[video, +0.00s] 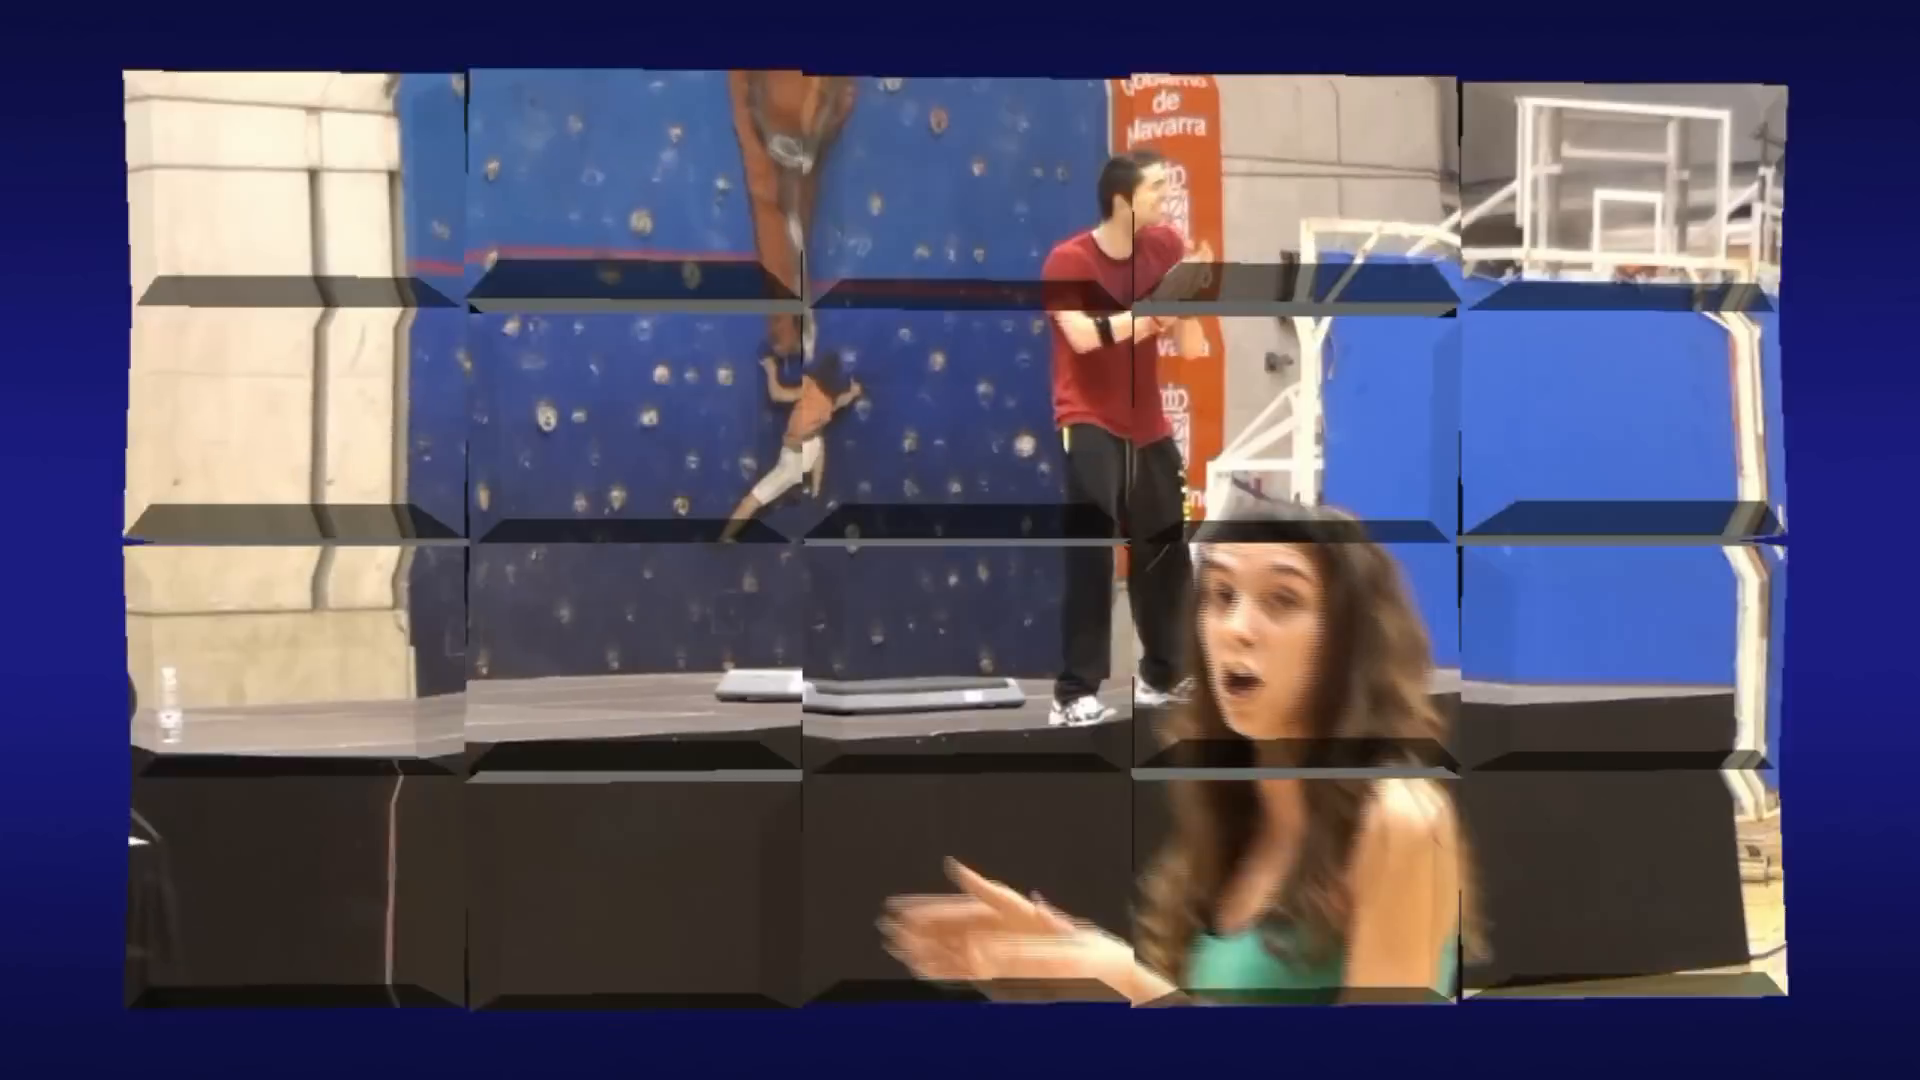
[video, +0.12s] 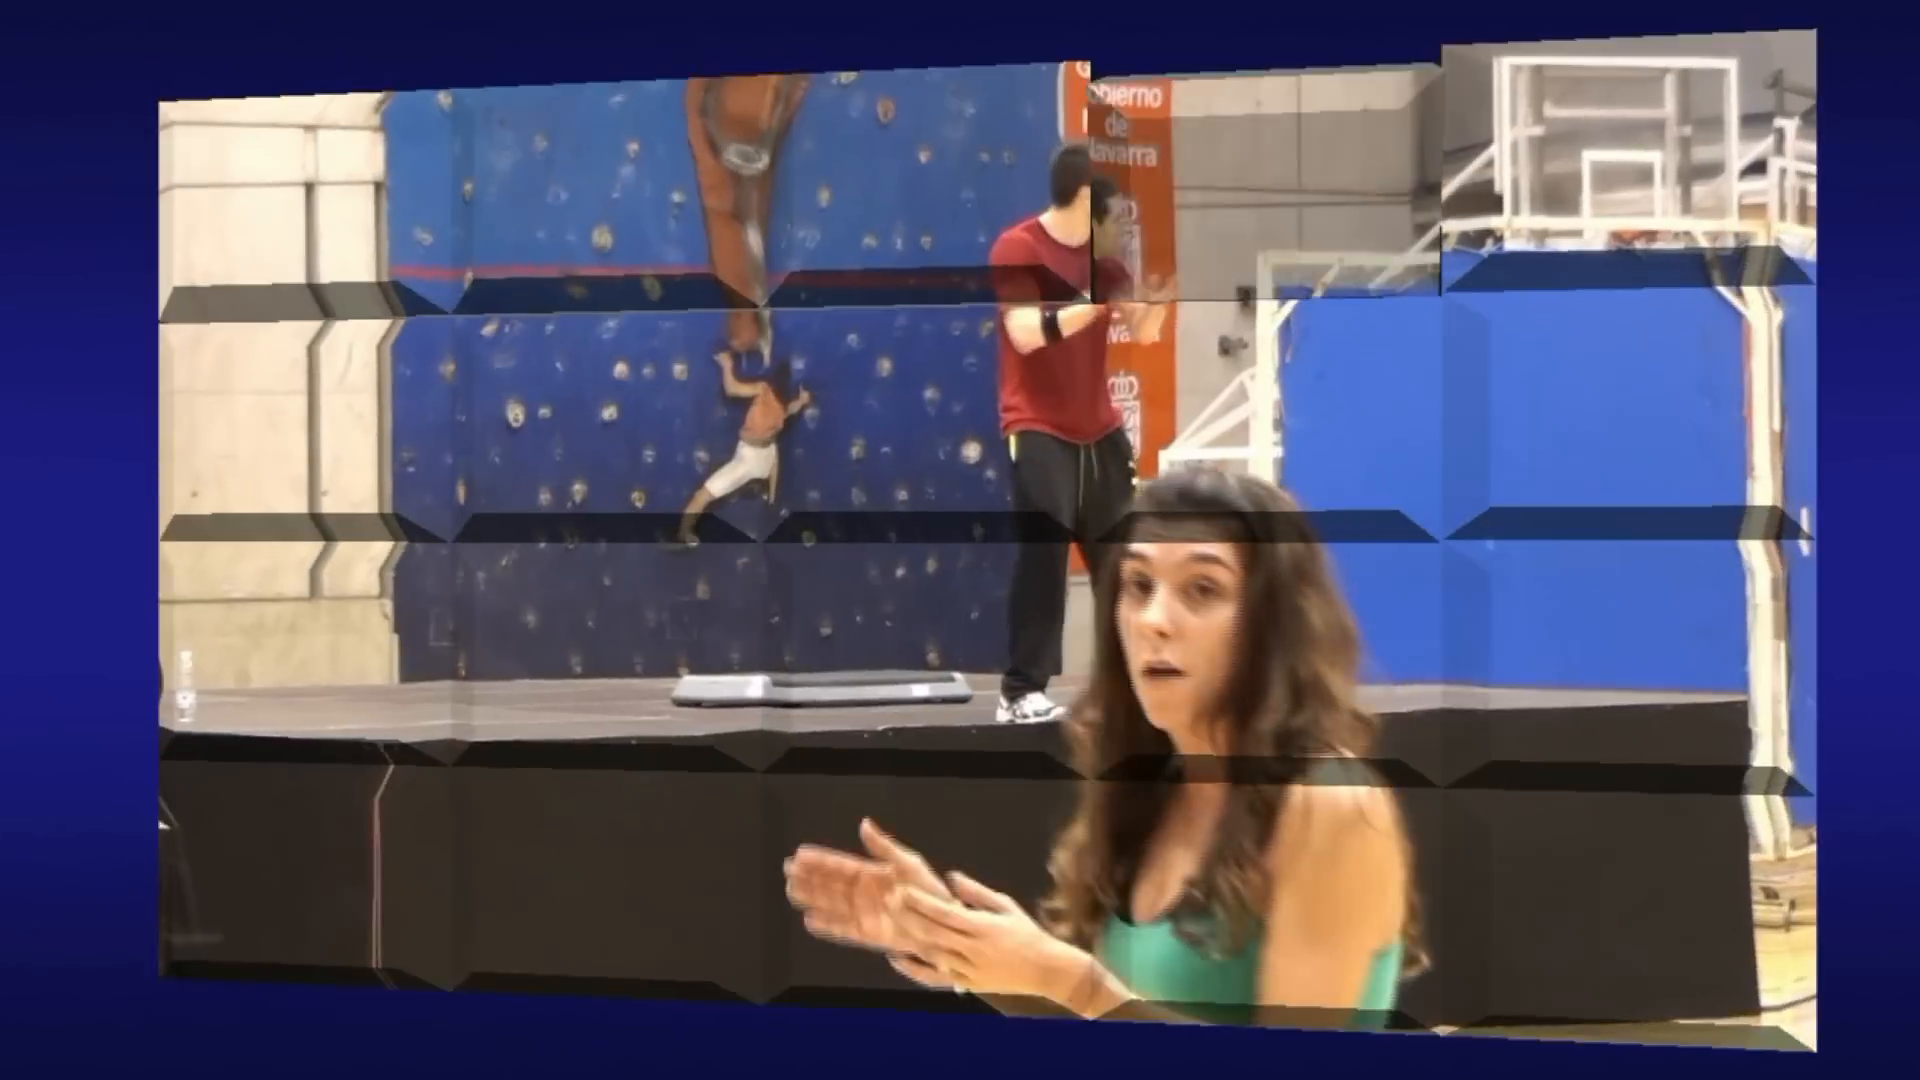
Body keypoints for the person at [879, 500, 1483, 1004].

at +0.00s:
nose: (1236, 630)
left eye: (1282, 602)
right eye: (1221, 596)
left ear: (1353, 637)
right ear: (1200, 616)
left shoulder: (1399, 819)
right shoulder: (1236, 821)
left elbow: (1379, 1056)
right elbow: (1216, 1027)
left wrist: (1111, 971)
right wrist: (1075, 950)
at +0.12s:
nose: (1155, 621)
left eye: (1203, 591)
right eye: (1137, 586)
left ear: (1276, 620)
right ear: (1111, 609)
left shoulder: (1335, 814)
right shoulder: (1143, 798)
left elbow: (1294, 1047)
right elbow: (1101, 1012)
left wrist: (1064, 978)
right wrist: (950, 945)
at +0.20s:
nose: (1130, 614)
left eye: (1178, 582)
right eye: (1114, 579)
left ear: (1250, 608)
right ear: (1091, 602)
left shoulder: (1308, 802)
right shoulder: (1121, 786)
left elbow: (1240, 1060)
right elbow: (1099, 1031)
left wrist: (1003, 960)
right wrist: (968, 945)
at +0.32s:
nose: (1137, 611)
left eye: (1183, 580)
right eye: (1119, 578)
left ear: (1257, 600)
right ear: (1097, 594)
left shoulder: (1315, 795)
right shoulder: (1136, 785)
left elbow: (1249, 1068)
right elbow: (1120, 1043)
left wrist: (1014, 970)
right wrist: (1018, 965)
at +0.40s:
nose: (1166, 613)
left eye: (1212, 580)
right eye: (1145, 580)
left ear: (1288, 600)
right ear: (1122, 600)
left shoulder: (1342, 796)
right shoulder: (1171, 790)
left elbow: (1282, 1074)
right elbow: (1155, 1049)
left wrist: (1039, 977)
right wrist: (1029, 974)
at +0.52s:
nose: (1224, 621)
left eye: (1273, 586)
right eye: (1204, 585)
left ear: (1349, 609)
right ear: (1181, 608)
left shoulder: (1391, 811)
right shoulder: (1251, 796)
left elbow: (1327, 1068)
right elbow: (1228, 1050)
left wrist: (1071, 1000)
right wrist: (1060, 982)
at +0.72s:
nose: (1308, 679)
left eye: (1359, 645)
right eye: (1292, 642)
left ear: (1441, 672)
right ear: (1275, 660)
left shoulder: (1447, 864)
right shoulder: (1398, 858)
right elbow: (1349, 1069)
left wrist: (1160, 1068)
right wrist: (1211, 1063)